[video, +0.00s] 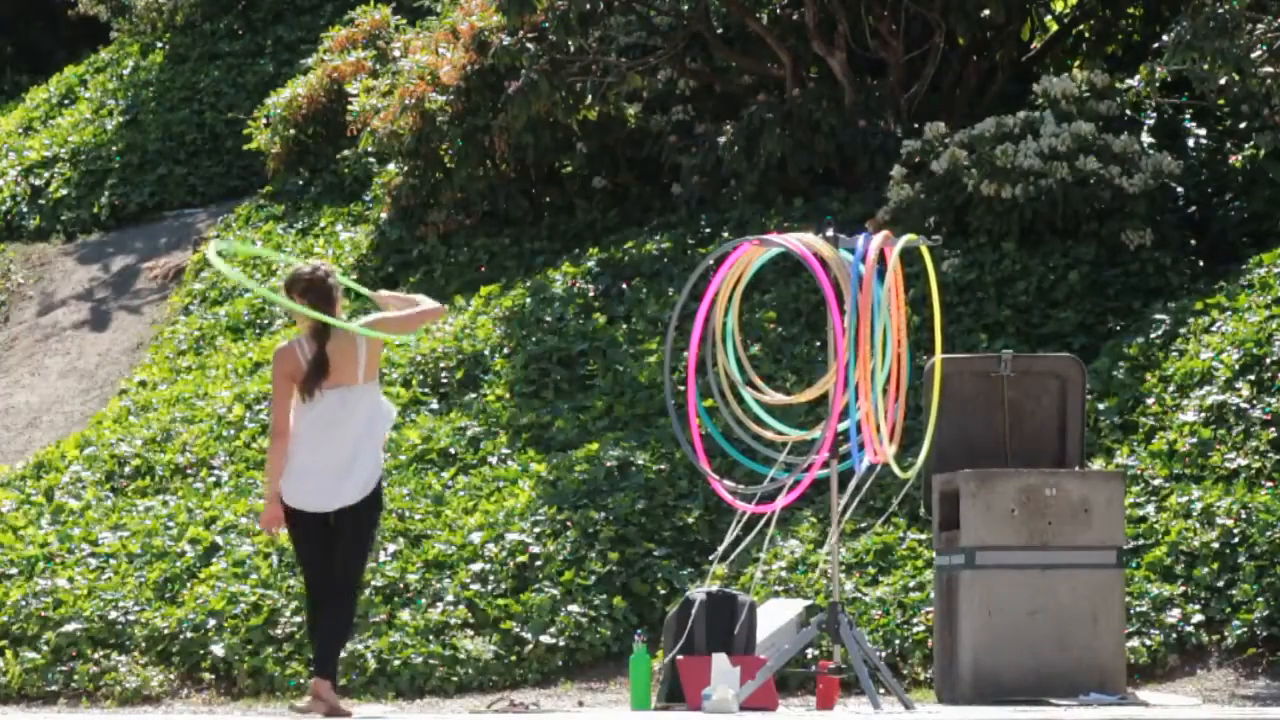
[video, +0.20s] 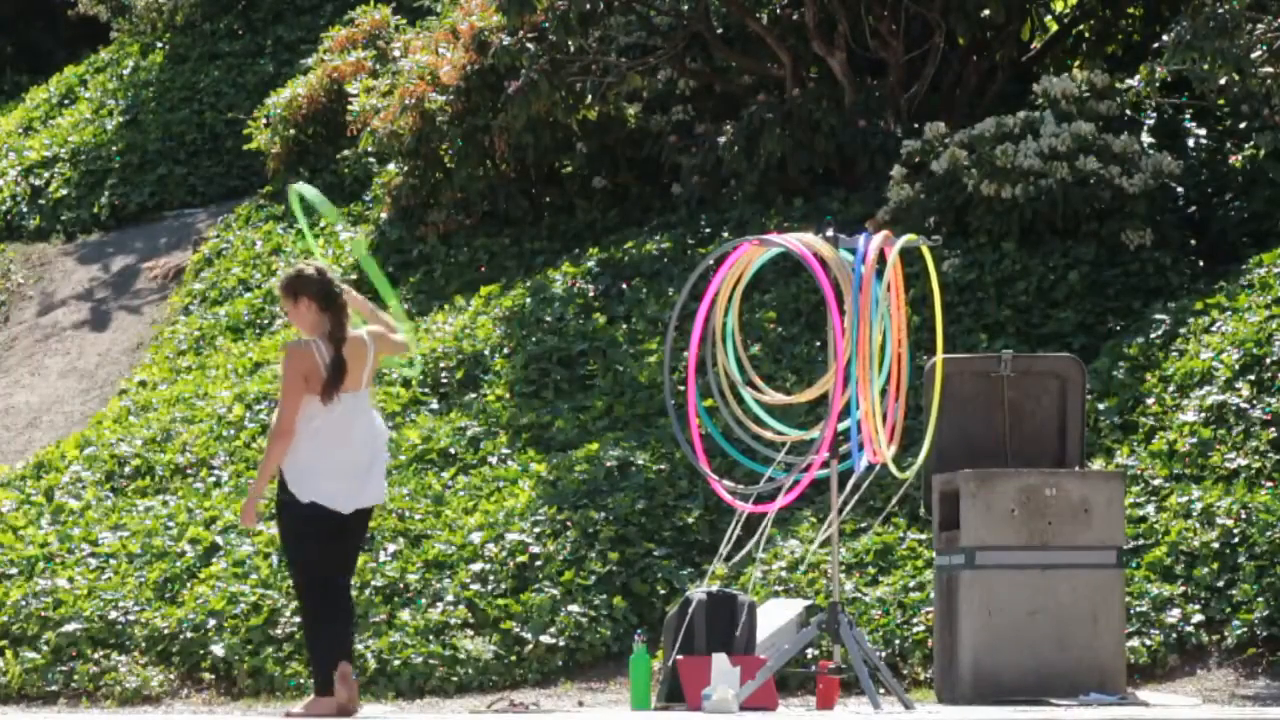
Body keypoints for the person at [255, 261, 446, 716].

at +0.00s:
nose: (287, 309)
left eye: (289, 303)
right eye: (287, 302)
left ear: (299, 306)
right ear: (336, 298)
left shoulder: (289, 356)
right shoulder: (369, 333)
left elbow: (279, 433)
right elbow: (435, 309)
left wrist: (271, 495)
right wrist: (383, 298)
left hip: (303, 489)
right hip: (360, 485)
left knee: (318, 586)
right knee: (345, 585)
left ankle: (326, 686)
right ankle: (322, 682)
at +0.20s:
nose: (287, 317)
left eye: (288, 308)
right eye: (285, 309)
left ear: (307, 305)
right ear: (327, 303)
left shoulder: (301, 353)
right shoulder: (366, 341)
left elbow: (284, 428)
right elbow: (397, 338)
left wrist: (256, 490)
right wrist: (359, 303)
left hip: (309, 486)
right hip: (360, 484)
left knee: (313, 587)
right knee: (338, 581)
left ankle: (325, 693)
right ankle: (343, 674)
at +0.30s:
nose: (288, 319)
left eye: (291, 310)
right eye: (286, 311)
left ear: (315, 304)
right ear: (326, 304)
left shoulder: (309, 356)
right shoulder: (362, 345)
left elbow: (286, 431)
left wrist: (251, 490)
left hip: (307, 479)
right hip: (349, 478)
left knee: (310, 587)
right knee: (323, 581)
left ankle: (324, 695)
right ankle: (361, 661)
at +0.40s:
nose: (285, 316)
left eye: (292, 308)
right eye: (285, 308)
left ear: (320, 308)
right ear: (322, 310)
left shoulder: (323, 359)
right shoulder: (341, 352)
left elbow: (290, 431)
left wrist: (250, 487)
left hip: (310, 483)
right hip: (328, 482)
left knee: (305, 587)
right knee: (309, 584)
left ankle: (324, 696)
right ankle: (367, 664)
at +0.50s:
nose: (295, 322)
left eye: (299, 313)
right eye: (292, 314)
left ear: (328, 307)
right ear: (326, 310)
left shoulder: (335, 359)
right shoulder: (333, 352)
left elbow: (295, 427)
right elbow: (296, 385)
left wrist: (250, 484)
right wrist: (262, 348)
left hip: (312, 482)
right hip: (305, 479)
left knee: (304, 586)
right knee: (289, 582)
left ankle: (324, 695)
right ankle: (360, 668)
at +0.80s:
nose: (306, 320)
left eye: (313, 311)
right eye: (302, 311)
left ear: (341, 309)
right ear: (301, 311)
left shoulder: (349, 359)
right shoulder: (303, 350)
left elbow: (301, 418)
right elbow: (240, 387)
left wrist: (248, 468)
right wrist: (189, 359)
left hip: (308, 474)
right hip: (282, 470)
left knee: (299, 584)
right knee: (269, 584)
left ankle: (326, 697)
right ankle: (297, 686)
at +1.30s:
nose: (284, 306)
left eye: (296, 301)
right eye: (281, 297)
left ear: (317, 310)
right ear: (274, 301)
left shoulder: (316, 354)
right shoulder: (260, 349)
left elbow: (272, 416)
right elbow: (223, 382)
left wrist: (214, 450)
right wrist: (234, 329)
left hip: (286, 476)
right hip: (249, 474)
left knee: (294, 588)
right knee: (248, 591)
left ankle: (324, 693)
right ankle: (247, 696)